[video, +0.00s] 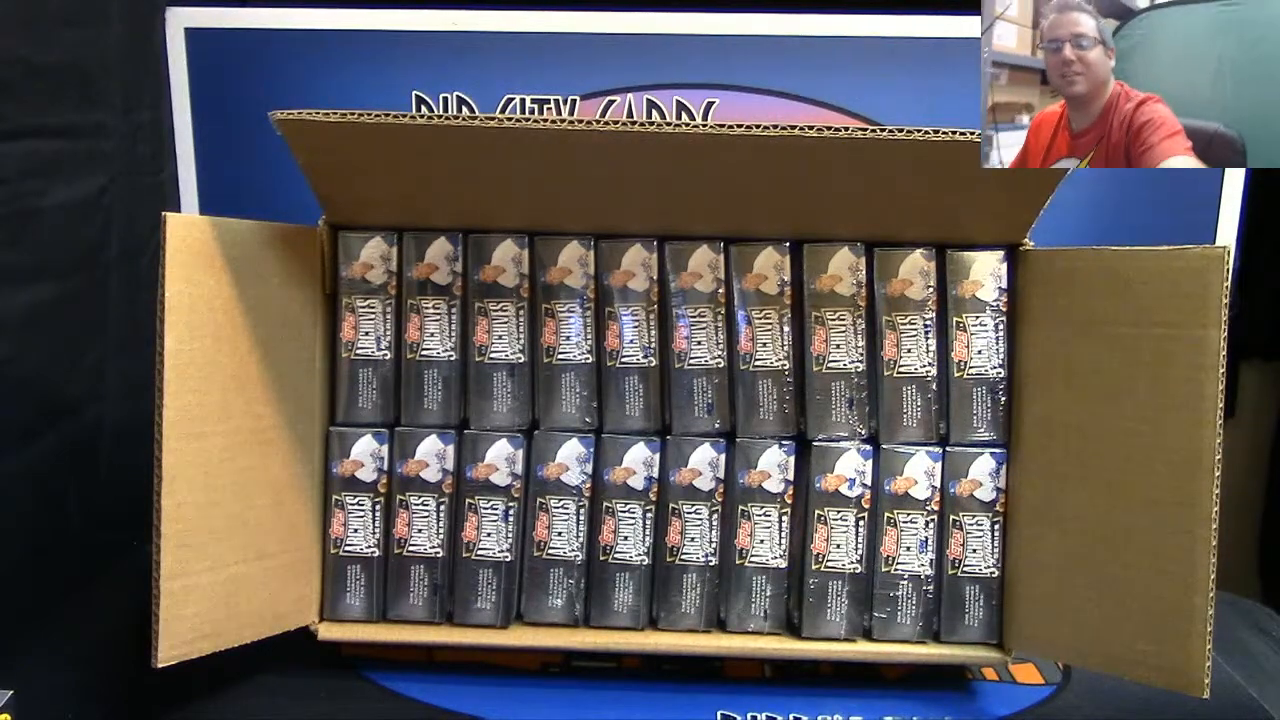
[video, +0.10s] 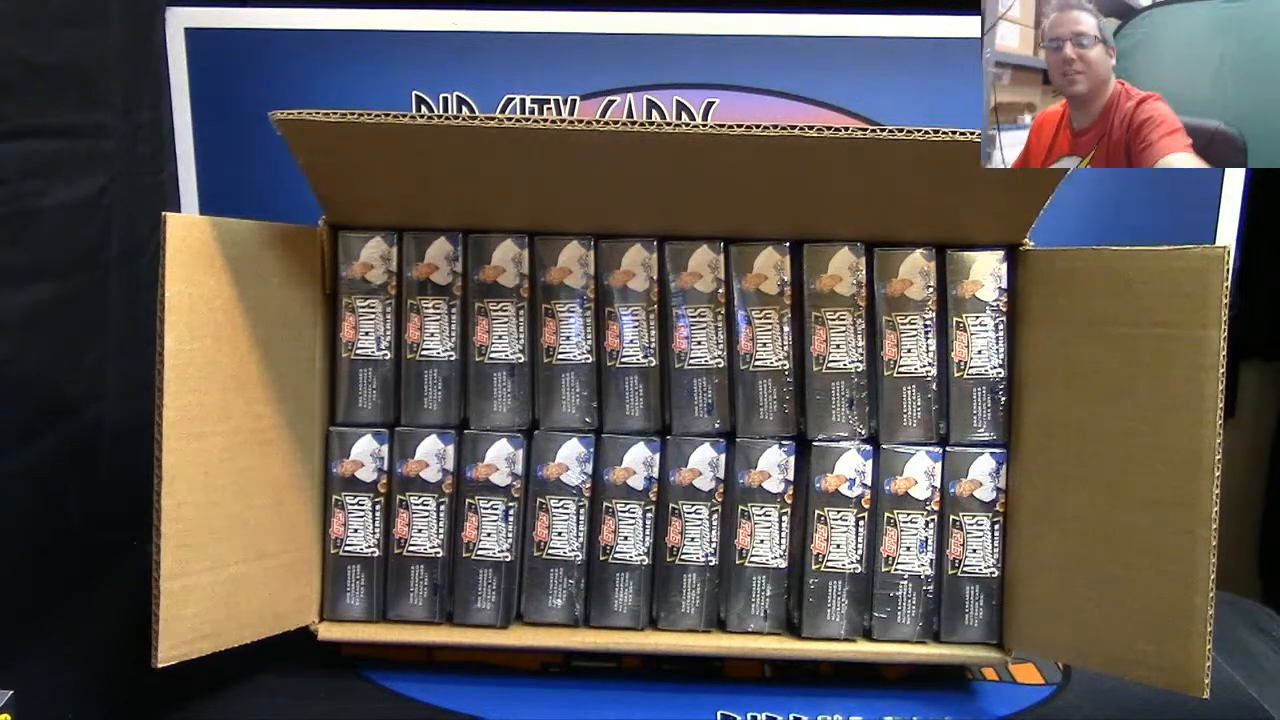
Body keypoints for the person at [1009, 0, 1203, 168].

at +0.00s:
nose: (1066, 56)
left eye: (1081, 43)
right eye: (1054, 47)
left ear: (1110, 55)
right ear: (1045, 61)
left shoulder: (1144, 114)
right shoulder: (1043, 124)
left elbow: (1185, 181)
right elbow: (1009, 188)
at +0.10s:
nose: (1067, 55)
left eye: (1081, 42)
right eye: (1055, 46)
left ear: (1111, 54)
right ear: (1045, 60)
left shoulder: (1144, 113)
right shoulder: (1045, 123)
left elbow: (1185, 178)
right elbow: (1011, 187)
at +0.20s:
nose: (1072, 45)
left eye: (1086, 33)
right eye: (1059, 36)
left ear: (1115, 46)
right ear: (1050, 51)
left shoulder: (1147, 105)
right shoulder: (1049, 114)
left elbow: (1183, 170)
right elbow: (1016, 180)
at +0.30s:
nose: (1069, 46)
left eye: (1083, 34)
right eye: (1057, 37)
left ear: (1112, 47)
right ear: (1047, 52)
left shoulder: (1145, 106)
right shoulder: (1048, 115)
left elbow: (1181, 172)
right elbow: (1015, 183)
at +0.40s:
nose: (1073, 51)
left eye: (1087, 39)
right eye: (1061, 42)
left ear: (1116, 51)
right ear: (1052, 58)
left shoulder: (1150, 110)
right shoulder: (1054, 122)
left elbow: (1185, 175)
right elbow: (1022, 188)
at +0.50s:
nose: (1078, 51)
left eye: (1092, 40)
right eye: (1066, 43)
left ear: (1121, 53)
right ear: (1058, 58)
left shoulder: (1153, 110)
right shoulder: (1059, 122)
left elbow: (1187, 174)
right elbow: (1028, 188)